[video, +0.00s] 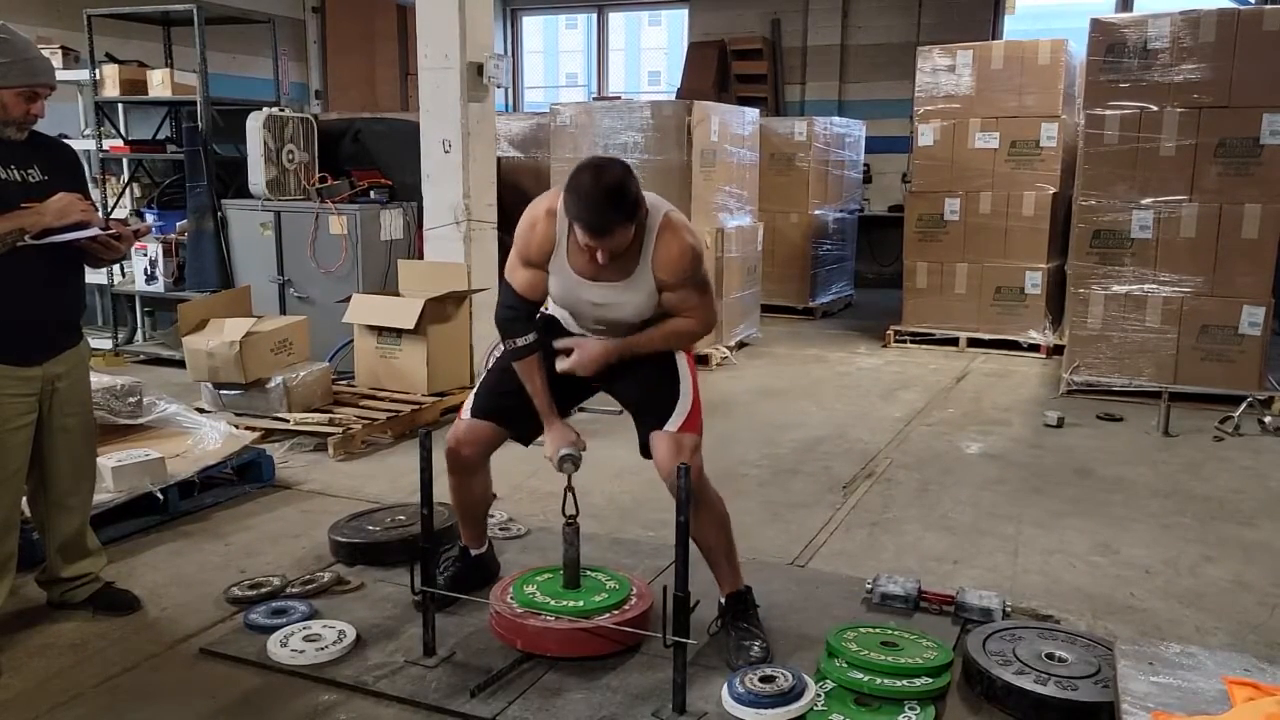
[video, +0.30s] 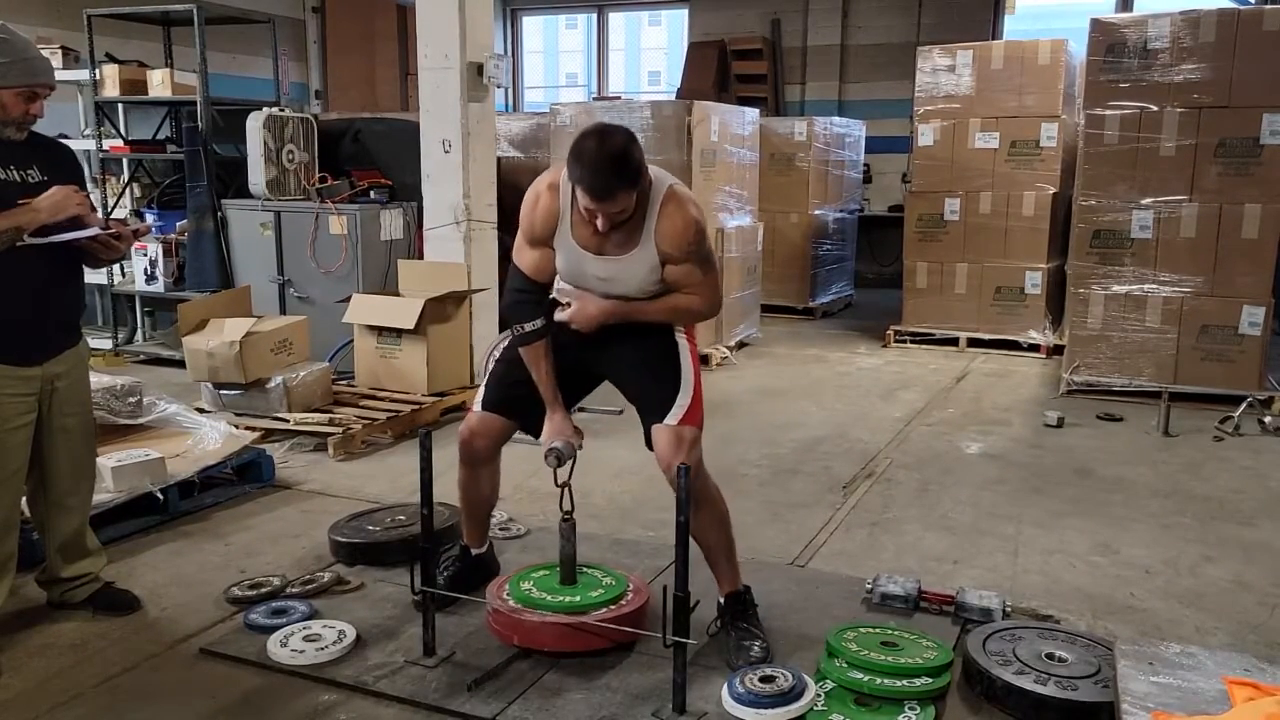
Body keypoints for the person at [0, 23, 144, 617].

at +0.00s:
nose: (38, 108)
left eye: (44, 96)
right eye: (28, 96)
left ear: (47, 92)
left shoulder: (59, 156)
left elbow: (84, 245)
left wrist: (109, 249)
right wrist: (38, 217)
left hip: (64, 346)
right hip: (5, 355)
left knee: (69, 474)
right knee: (6, 490)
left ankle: (74, 580)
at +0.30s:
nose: (37, 107)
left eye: (43, 96)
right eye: (27, 96)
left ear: (45, 92)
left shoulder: (57, 157)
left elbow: (85, 243)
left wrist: (109, 248)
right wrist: (33, 214)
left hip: (64, 346)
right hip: (5, 354)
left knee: (69, 473)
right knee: (6, 489)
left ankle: (74, 581)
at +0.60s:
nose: (46, 108)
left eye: (51, 96)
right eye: (35, 95)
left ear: (53, 93)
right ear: (0, 88)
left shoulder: (59, 160)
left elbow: (83, 253)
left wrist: (112, 251)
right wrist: (14, 229)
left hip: (60, 350)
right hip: (5, 359)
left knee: (67, 474)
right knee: (8, 490)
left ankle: (73, 580)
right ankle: (1, 598)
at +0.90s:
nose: (50, 108)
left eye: (55, 96)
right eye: (39, 96)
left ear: (57, 94)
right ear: (2, 90)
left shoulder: (64, 160)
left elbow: (86, 250)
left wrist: (116, 255)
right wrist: (9, 237)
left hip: (58, 351)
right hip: (3, 360)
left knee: (65, 474)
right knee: (5, 490)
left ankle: (72, 579)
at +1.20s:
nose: (44, 109)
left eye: (52, 98)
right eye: (33, 96)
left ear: (56, 95)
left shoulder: (63, 159)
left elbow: (84, 250)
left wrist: (116, 250)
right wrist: (30, 221)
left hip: (61, 349)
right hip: (4, 358)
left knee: (67, 473)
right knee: (6, 489)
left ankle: (73, 579)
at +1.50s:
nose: (52, 110)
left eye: (58, 99)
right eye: (43, 98)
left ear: (58, 96)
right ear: (5, 90)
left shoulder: (67, 161)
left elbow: (78, 253)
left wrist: (117, 249)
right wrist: (49, 228)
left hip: (64, 350)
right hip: (5, 359)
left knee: (68, 475)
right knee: (7, 490)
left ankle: (73, 580)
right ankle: (1, 597)